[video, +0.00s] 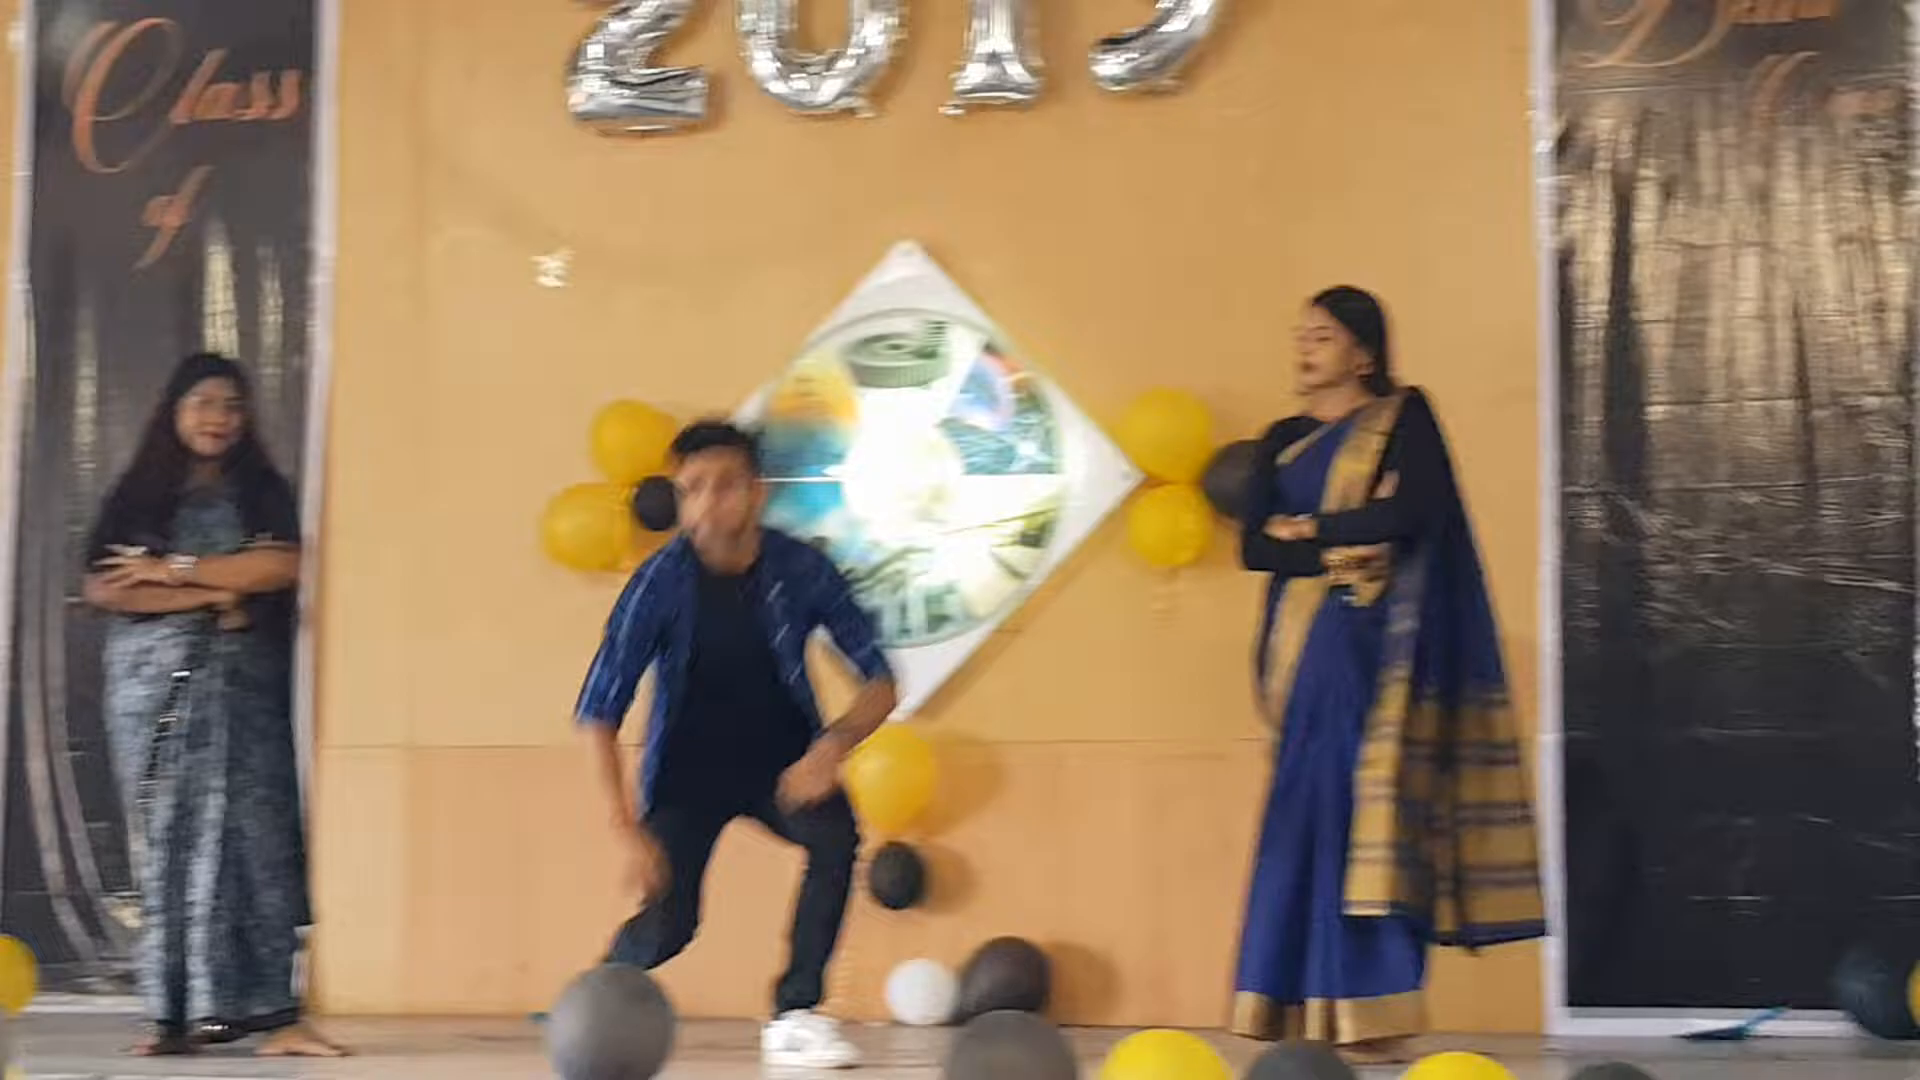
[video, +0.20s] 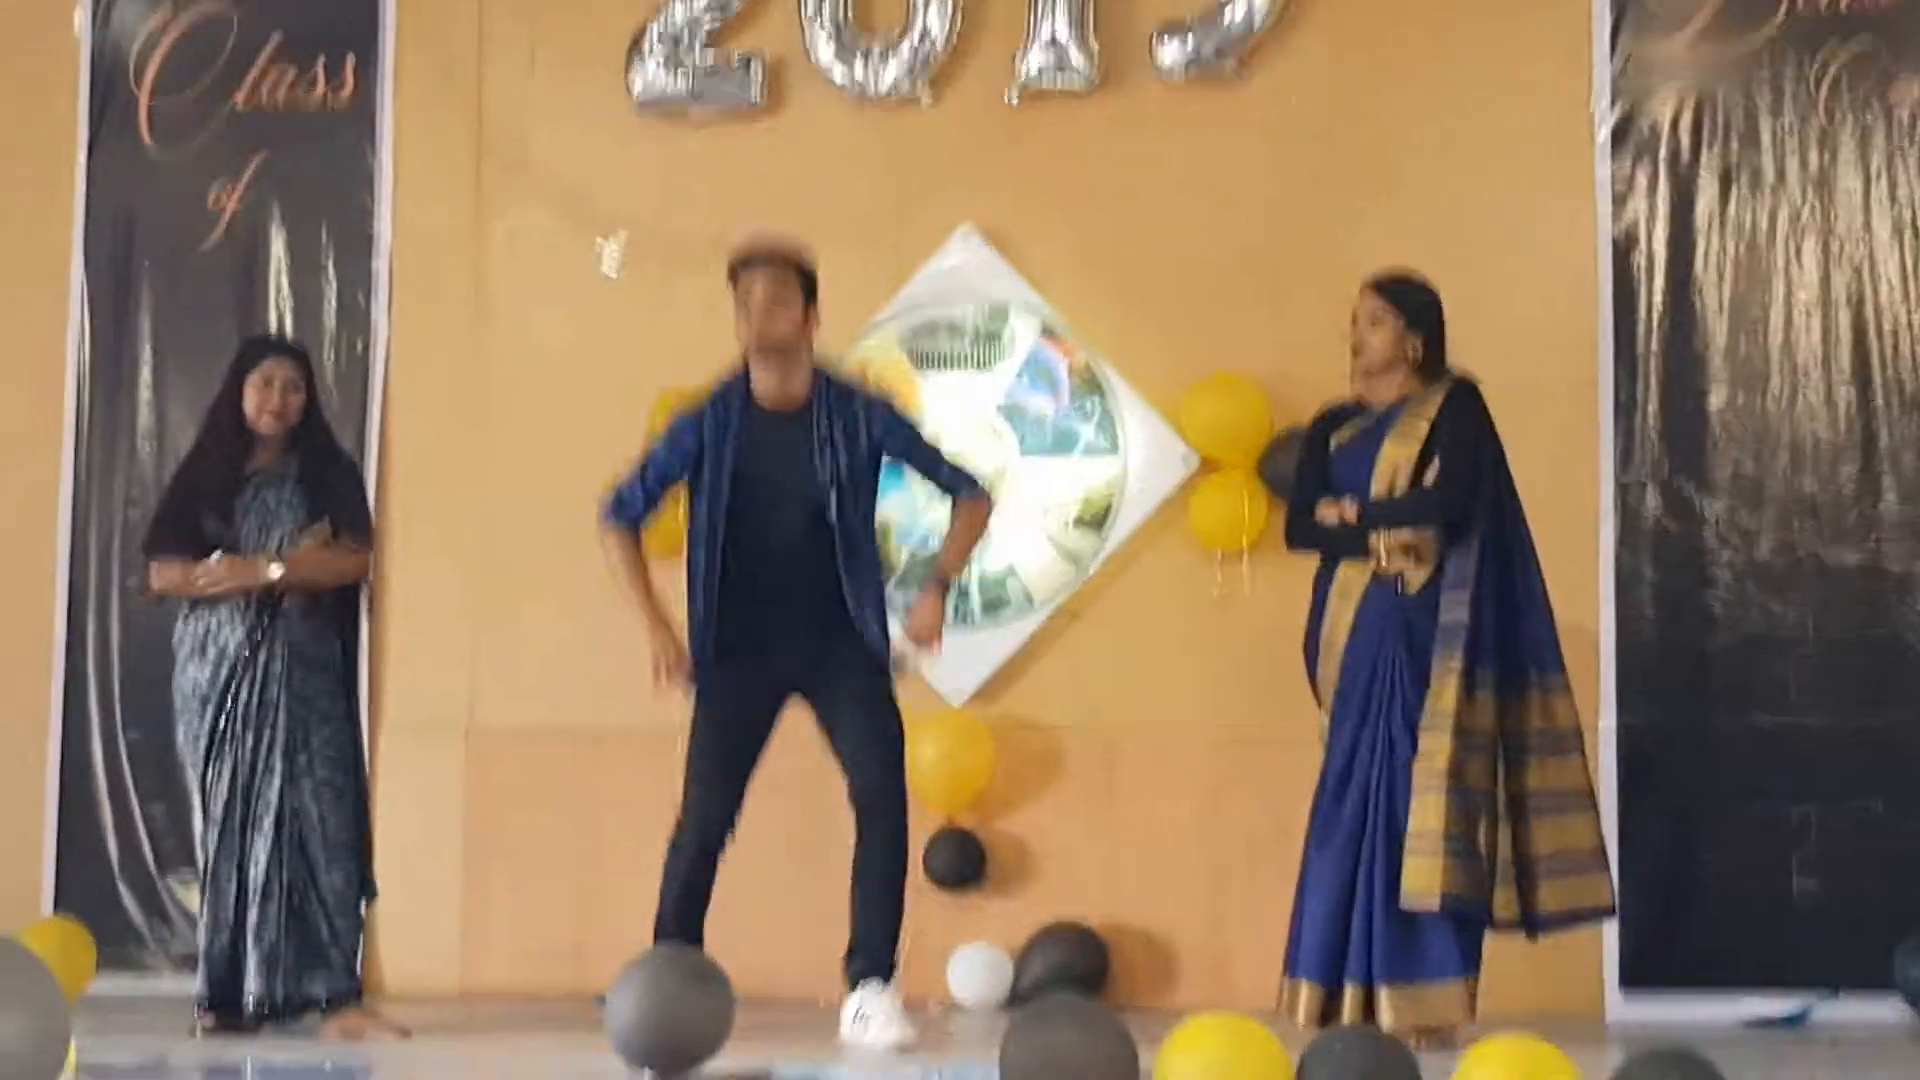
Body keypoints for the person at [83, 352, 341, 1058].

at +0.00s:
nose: (219, 419)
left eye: (231, 406)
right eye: (204, 405)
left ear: (245, 416)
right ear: (174, 413)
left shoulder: (262, 486)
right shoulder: (139, 492)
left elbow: (286, 566)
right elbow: (102, 587)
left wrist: (175, 568)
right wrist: (207, 595)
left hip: (244, 689)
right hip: (157, 690)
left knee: (251, 839)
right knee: (172, 843)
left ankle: (267, 1012)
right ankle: (179, 1013)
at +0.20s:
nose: (279, 399)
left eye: (292, 388)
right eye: (265, 385)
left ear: (307, 398)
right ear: (239, 392)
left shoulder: (330, 469)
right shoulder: (205, 470)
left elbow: (358, 560)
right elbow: (162, 573)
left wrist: (268, 571)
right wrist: (272, 568)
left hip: (308, 675)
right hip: (220, 677)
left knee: (321, 821)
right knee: (229, 823)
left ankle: (336, 995)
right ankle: (226, 994)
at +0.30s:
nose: (298, 385)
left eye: (311, 374)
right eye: (285, 371)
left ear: (326, 385)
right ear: (258, 378)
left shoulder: (350, 458)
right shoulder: (224, 460)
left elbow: (380, 556)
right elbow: (177, 566)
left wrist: (322, 602)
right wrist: (261, 580)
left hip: (329, 665)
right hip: (243, 667)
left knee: (341, 814)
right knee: (250, 814)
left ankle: (353, 990)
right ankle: (248, 988)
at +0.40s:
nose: (298, 371)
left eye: (311, 360)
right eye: (284, 358)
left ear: (328, 372)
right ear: (259, 367)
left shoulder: (354, 449)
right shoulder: (227, 447)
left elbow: (387, 549)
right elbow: (174, 546)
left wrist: (367, 638)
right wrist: (212, 618)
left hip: (333, 652)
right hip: (247, 651)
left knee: (343, 809)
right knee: (247, 806)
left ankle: (350, 979)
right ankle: (238, 977)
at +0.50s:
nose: (296, 369)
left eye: (310, 360)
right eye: (284, 357)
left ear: (330, 374)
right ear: (260, 369)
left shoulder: (361, 457)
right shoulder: (226, 454)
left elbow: (398, 565)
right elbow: (183, 569)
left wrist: (404, 665)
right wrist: (161, 674)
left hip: (336, 657)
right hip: (245, 656)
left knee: (343, 807)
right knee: (249, 807)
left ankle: (350, 982)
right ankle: (238, 979)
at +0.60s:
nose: (295, 415)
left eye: (309, 405)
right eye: (281, 404)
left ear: (329, 422)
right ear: (258, 421)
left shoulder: (362, 505)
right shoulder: (225, 508)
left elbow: (403, 602)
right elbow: (178, 619)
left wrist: (417, 700)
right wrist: (136, 712)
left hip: (332, 714)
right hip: (238, 713)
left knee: (336, 863)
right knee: (242, 862)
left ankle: (342, 1033)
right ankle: (235, 1030)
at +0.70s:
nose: (299, 460)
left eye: (312, 450)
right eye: (286, 450)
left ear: (334, 466)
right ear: (263, 468)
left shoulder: (366, 547)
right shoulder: (232, 550)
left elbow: (401, 641)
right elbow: (180, 648)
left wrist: (413, 731)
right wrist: (135, 737)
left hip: (333, 762)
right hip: (240, 761)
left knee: (335, 921)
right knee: (246, 919)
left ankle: (331, 1064)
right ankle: (247, 1063)